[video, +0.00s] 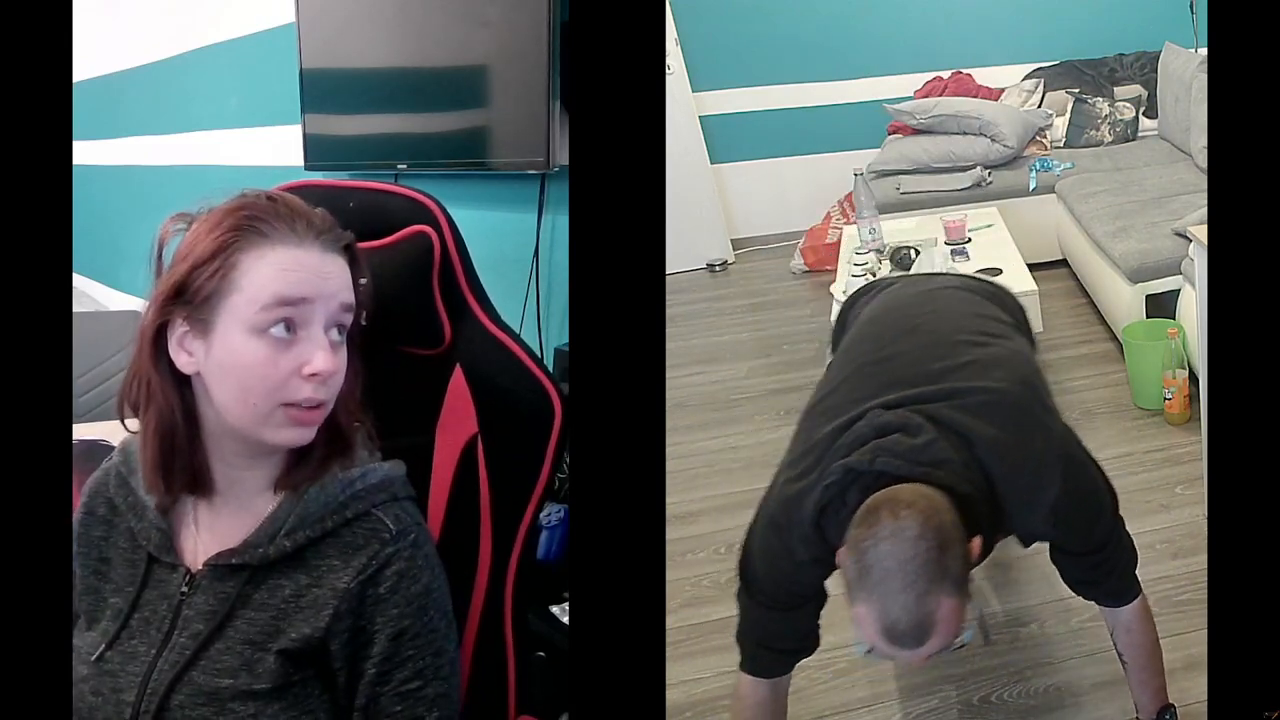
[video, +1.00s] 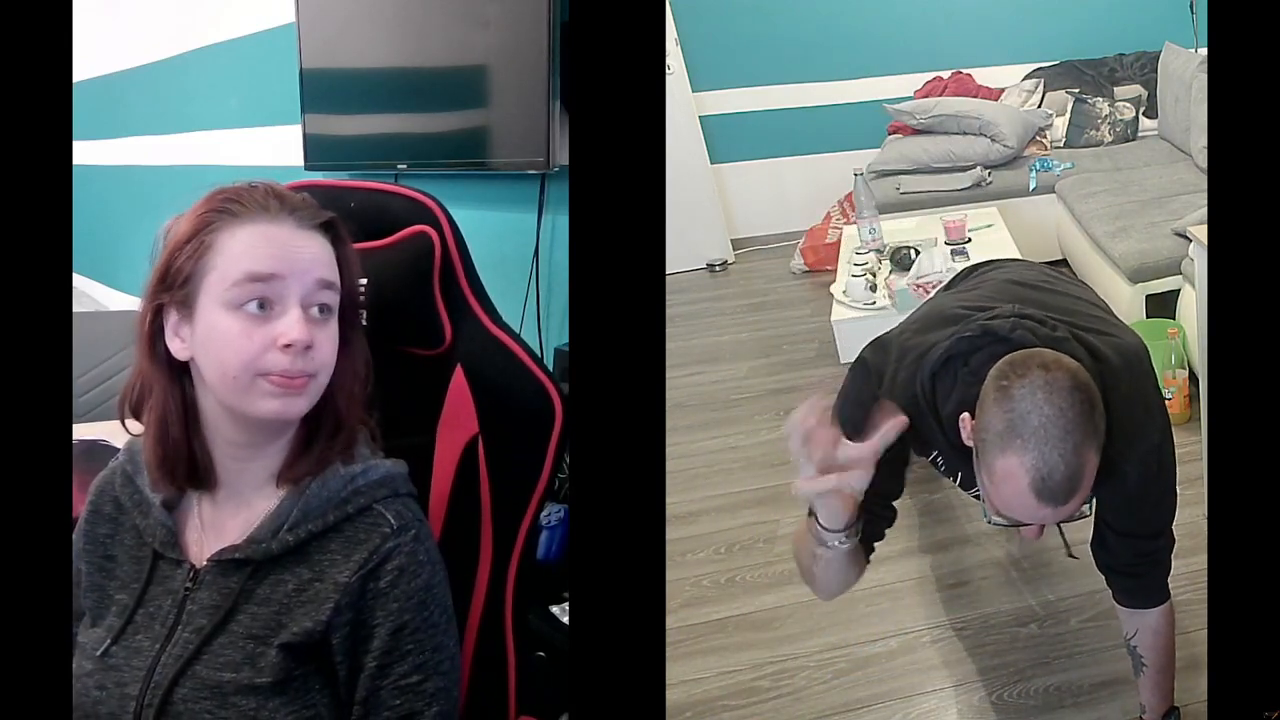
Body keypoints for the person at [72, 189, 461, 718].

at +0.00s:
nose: (325, 364)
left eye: (338, 330)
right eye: (284, 327)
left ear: (349, 339)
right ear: (187, 343)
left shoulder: (381, 551)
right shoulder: (110, 506)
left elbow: (418, 703)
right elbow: (83, 675)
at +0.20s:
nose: (318, 361)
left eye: (334, 329)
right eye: (278, 324)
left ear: (345, 344)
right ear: (184, 338)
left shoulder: (381, 548)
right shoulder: (110, 507)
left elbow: (417, 703)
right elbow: (82, 680)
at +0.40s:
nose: (316, 355)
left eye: (332, 323)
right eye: (275, 318)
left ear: (343, 342)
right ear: (183, 336)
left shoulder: (380, 548)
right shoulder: (109, 508)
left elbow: (417, 704)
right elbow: (84, 681)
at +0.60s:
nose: (312, 346)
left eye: (329, 317)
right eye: (271, 313)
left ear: (343, 337)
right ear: (181, 334)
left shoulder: (380, 548)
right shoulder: (110, 506)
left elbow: (416, 704)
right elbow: (83, 681)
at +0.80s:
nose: (306, 338)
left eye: (326, 312)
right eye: (265, 307)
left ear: (342, 335)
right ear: (180, 331)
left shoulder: (381, 550)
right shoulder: (112, 506)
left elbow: (416, 704)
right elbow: (84, 680)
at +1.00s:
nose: (299, 335)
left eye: (321, 308)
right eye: (258, 304)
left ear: (339, 333)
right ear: (179, 329)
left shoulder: (382, 545)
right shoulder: (114, 507)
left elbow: (417, 705)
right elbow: (82, 680)